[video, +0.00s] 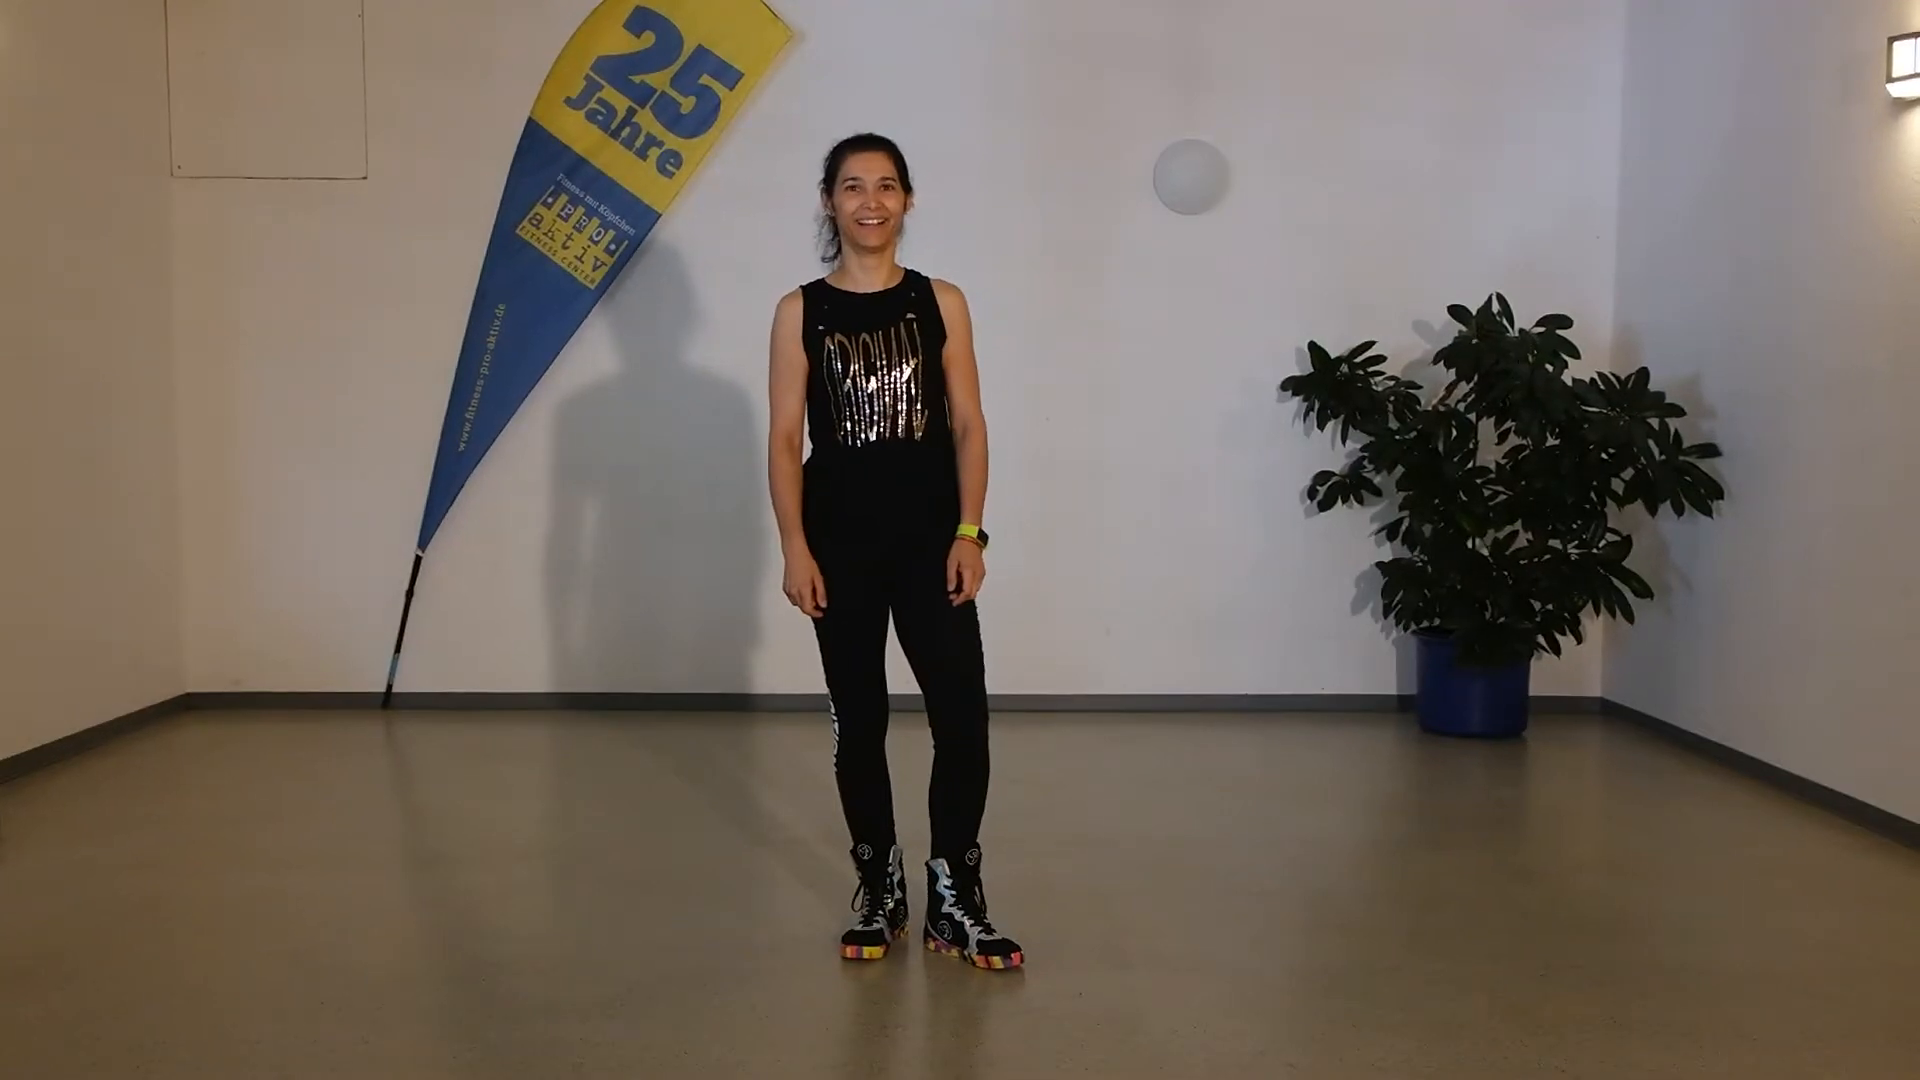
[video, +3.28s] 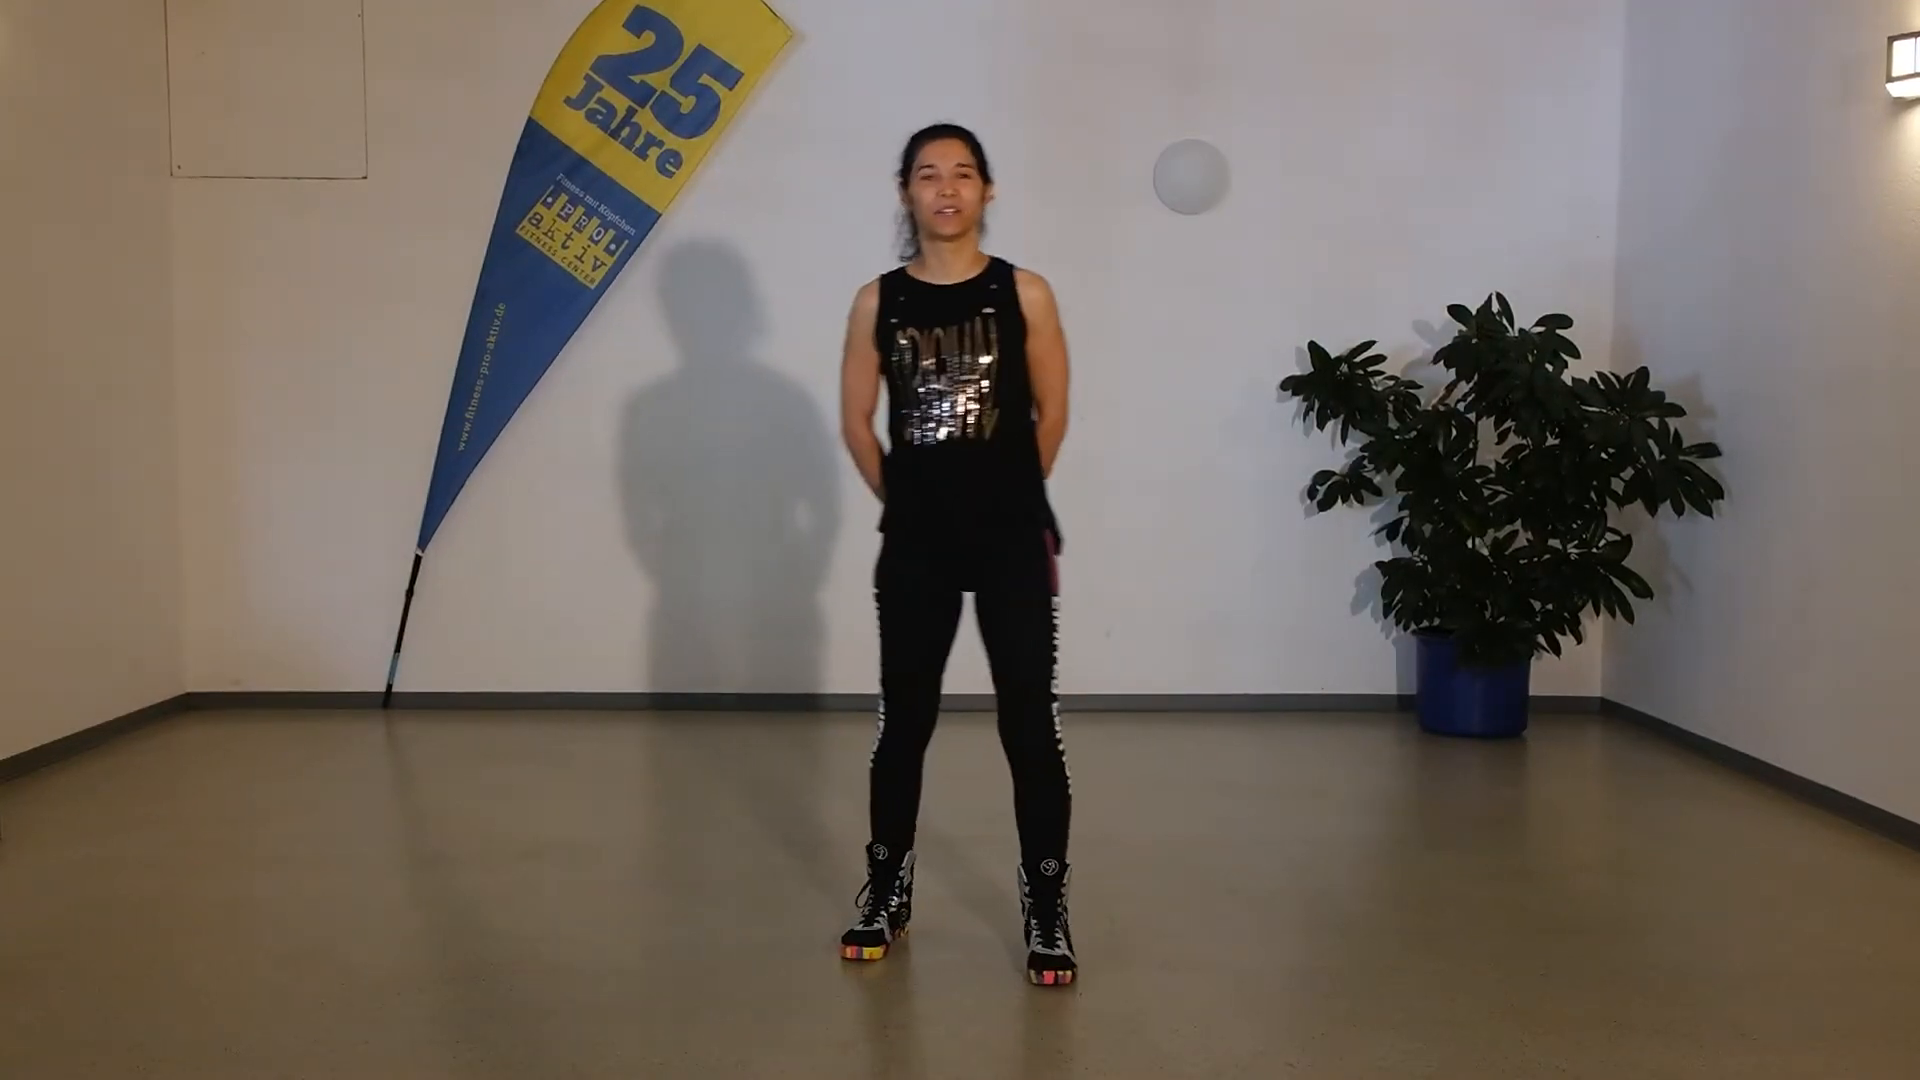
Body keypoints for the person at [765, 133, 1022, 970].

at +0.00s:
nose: (871, 200)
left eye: (885, 187)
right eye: (854, 188)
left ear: (907, 203)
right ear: (830, 204)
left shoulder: (942, 303)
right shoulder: (801, 311)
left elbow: (968, 425)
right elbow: (785, 440)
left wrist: (971, 530)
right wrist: (795, 547)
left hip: (930, 539)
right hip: (839, 543)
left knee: (963, 719)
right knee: (860, 721)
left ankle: (954, 899)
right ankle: (878, 891)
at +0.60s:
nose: (873, 204)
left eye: (888, 191)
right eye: (857, 190)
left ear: (909, 206)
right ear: (833, 203)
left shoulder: (940, 301)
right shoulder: (800, 308)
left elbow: (1012, 396)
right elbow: (778, 434)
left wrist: (983, 485)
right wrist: (786, 540)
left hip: (927, 537)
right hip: (835, 538)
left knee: (963, 716)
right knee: (859, 720)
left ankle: (953, 899)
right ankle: (878, 890)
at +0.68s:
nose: (875, 205)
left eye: (890, 191)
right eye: (859, 190)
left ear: (911, 205)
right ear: (835, 203)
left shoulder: (941, 300)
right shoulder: (800, 308)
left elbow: (1013, 372)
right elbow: (776, 431)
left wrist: (1022, 368)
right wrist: (785, 538)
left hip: (926, 538)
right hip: (834, 541)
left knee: (962, 716)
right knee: (858, 720)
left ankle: (955, 899)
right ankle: (878, 889)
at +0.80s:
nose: (879, 202)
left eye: (895, 189)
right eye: (863, 188)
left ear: (915, 205)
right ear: (839, 202)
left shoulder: (941, 296)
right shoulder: (804, 306)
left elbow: (1009, 340)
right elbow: (782, 430)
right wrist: (781, 537)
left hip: (926, 544)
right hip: (835, 545)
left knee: (960, 716)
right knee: (857, 722)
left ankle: (954, 900)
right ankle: (877, 889)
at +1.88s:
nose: (897, 195)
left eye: (914, 186)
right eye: (881, 181)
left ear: (930, 209)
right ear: (854, 198)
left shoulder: (950, 304)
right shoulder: (812, 303)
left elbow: (1013, 409)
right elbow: (787, 428)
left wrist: (998, 338)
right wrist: (799, 531)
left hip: (930, 542)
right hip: (839, 542)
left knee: (964, 717)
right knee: (859, 722)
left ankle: (951, 896)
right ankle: (878, 888)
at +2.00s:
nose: (896, 196)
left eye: (913, 187)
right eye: (881, 182)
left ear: (930, 209)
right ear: (854, 198)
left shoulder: (954, 307)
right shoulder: (812, 301)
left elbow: (982, 415)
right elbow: (786, 426)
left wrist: (1000, 457)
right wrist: (797, 529)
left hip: (930, 540)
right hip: (838, 540)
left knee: (966, 718)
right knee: (860, 722)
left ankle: (954, 899)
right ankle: (878, 891)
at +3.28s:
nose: (946, 188)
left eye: (961, 174)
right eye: (928, 176)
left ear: (985, 192)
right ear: (906, 196)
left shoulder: (1025, 292)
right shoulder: (878, 301)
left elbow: (1053, 413)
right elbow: (856, 424)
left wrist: (1017, 492)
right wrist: (902, 503)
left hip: (1010, 529)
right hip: (919, 530)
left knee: (1029, 725)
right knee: (904, 719)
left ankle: (1046, 910)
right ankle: (884, 893)